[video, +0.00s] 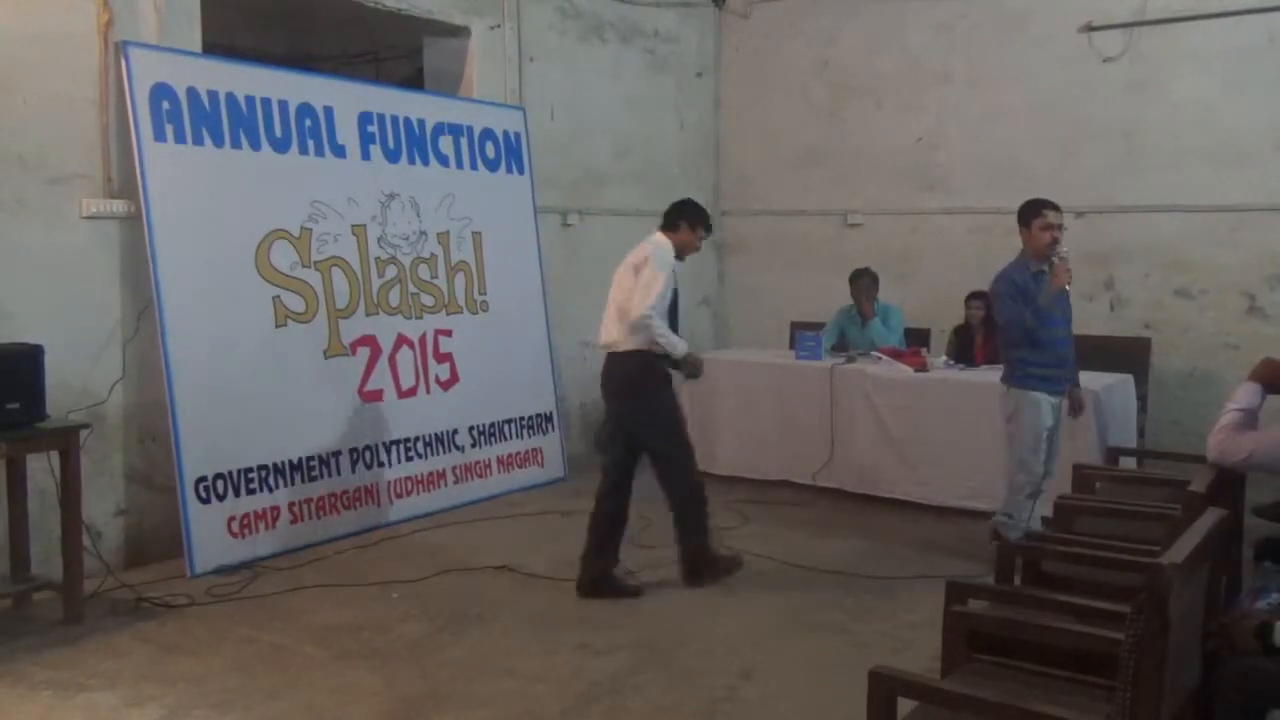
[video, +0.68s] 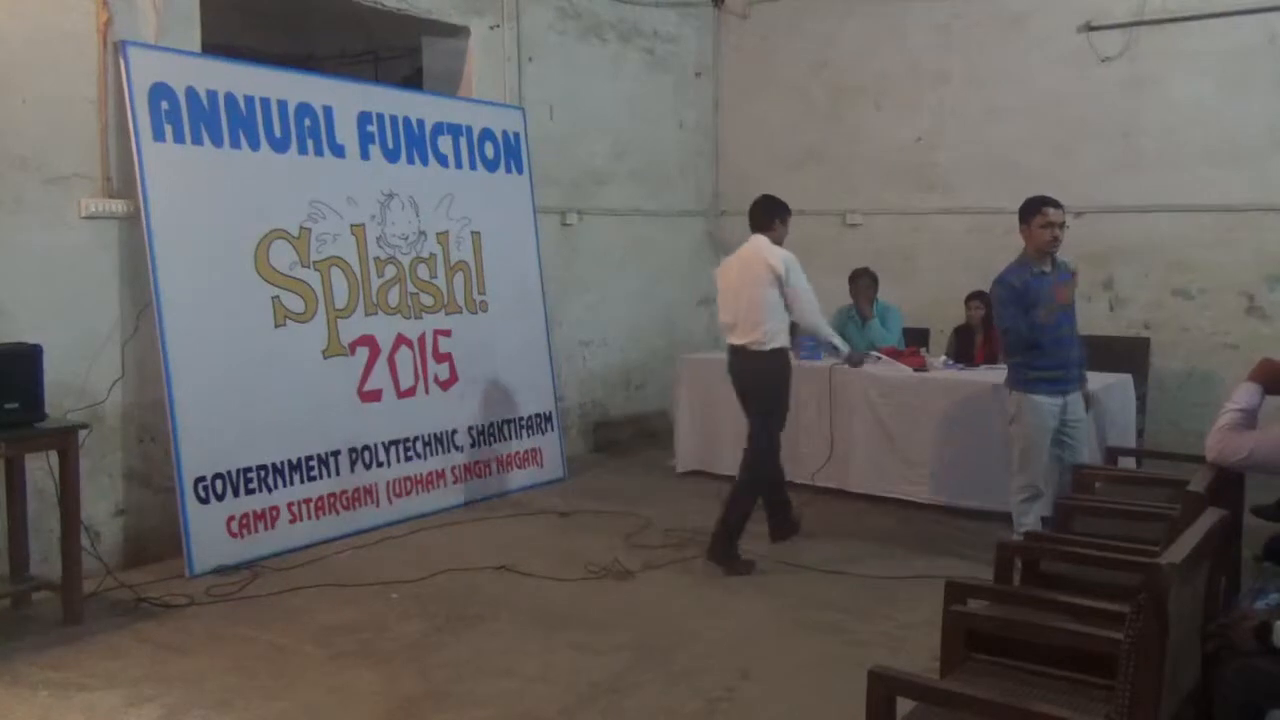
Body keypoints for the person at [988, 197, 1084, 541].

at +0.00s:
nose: (1056, 236)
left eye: (1059, 229)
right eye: (1047, 229)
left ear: (1061, 231)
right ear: (1025, 232)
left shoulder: (1054, 277)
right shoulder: (1008, 281)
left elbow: (1064, 338)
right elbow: (1012, 329)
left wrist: (1072, 384)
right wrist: (1052, 289)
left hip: (1054, 390)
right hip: (1026, 389)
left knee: (1042, 473)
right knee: (1026, 473)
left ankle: (1023, 533)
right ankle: (1006, 537)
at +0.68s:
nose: (1056, 234)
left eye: (1060, 227)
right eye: (1047, 227)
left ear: (1064, 230)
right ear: (1024, 230)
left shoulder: (1064, 273)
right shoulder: (1008, 283)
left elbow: (1070, 333)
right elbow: (1011, 343)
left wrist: (1080, 379)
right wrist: (1053, 307)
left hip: (1070, 389)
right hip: (1032, 392)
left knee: (1079, 471)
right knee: (1030, 479)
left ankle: (1071, 543)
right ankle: (1028, 548)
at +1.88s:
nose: (1067, 239)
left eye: (1077, 233)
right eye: (1062, 231)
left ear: (1093, 236)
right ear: (1054, 230)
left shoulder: (1103, 284)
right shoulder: (1027, 273)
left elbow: (1105, 342)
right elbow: (1001, 317)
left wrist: (1105, 394)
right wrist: (1031, 323)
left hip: (1077, 393)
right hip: (1031, 387)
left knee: (1071, 472)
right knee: (1027, 466)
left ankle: (1061, 539)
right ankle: (1016, 532)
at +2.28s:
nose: (1029, 237)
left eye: (1038, 230)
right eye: (1026, 229)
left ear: (1059, 234)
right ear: (1021, 230)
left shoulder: (1079, 280)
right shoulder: (1003, 277)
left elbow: (1092, 335)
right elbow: (983, 324)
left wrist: (1100, 384)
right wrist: (1006, 324)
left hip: (1061, 388)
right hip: (1016, 386)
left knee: (1057, 461)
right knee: (1013, 459)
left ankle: (1055, 524)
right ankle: (1015, 522)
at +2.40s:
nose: (1015, 239)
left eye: (1023, 232)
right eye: (1012, 232)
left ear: (1046, 233)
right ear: (1008, 232)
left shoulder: (1071, 278)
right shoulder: (995, 278)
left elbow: (1085, 333)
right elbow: (979, 324)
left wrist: (1090, 381)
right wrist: (995, 325)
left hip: (1056, 386)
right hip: (1012, 385)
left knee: (1053, 459)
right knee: (1010, 457)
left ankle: (1051, 522)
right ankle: (1013, 521)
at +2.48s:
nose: (1007, 241)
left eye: (1015, 234)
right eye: (1004, 234)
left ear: (1040, 234)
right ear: (1002, 234)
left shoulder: (1067, 277)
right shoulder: (993, 278)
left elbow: (1082, 333)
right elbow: (977, 325)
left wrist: (1084, 383)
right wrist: (990, 325)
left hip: (1054, 387)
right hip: (1010, 385)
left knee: (1054, 460)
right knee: (1009, 459)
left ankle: (1054, 524)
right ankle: (1011, 522)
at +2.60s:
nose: (1001, 242)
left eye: (1008, 235)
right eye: (998, 235)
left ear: (1033, 234)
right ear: (997, 234)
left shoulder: (1064, 276)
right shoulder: (993, 277)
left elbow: (1081, 332)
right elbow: (977, 322)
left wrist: (1081, 384)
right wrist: (984, 325)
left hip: (1051, 387)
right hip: (1007, 385)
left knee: (1053, 461)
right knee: (1007, 461)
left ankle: (1056, 528)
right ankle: (1012, 526)